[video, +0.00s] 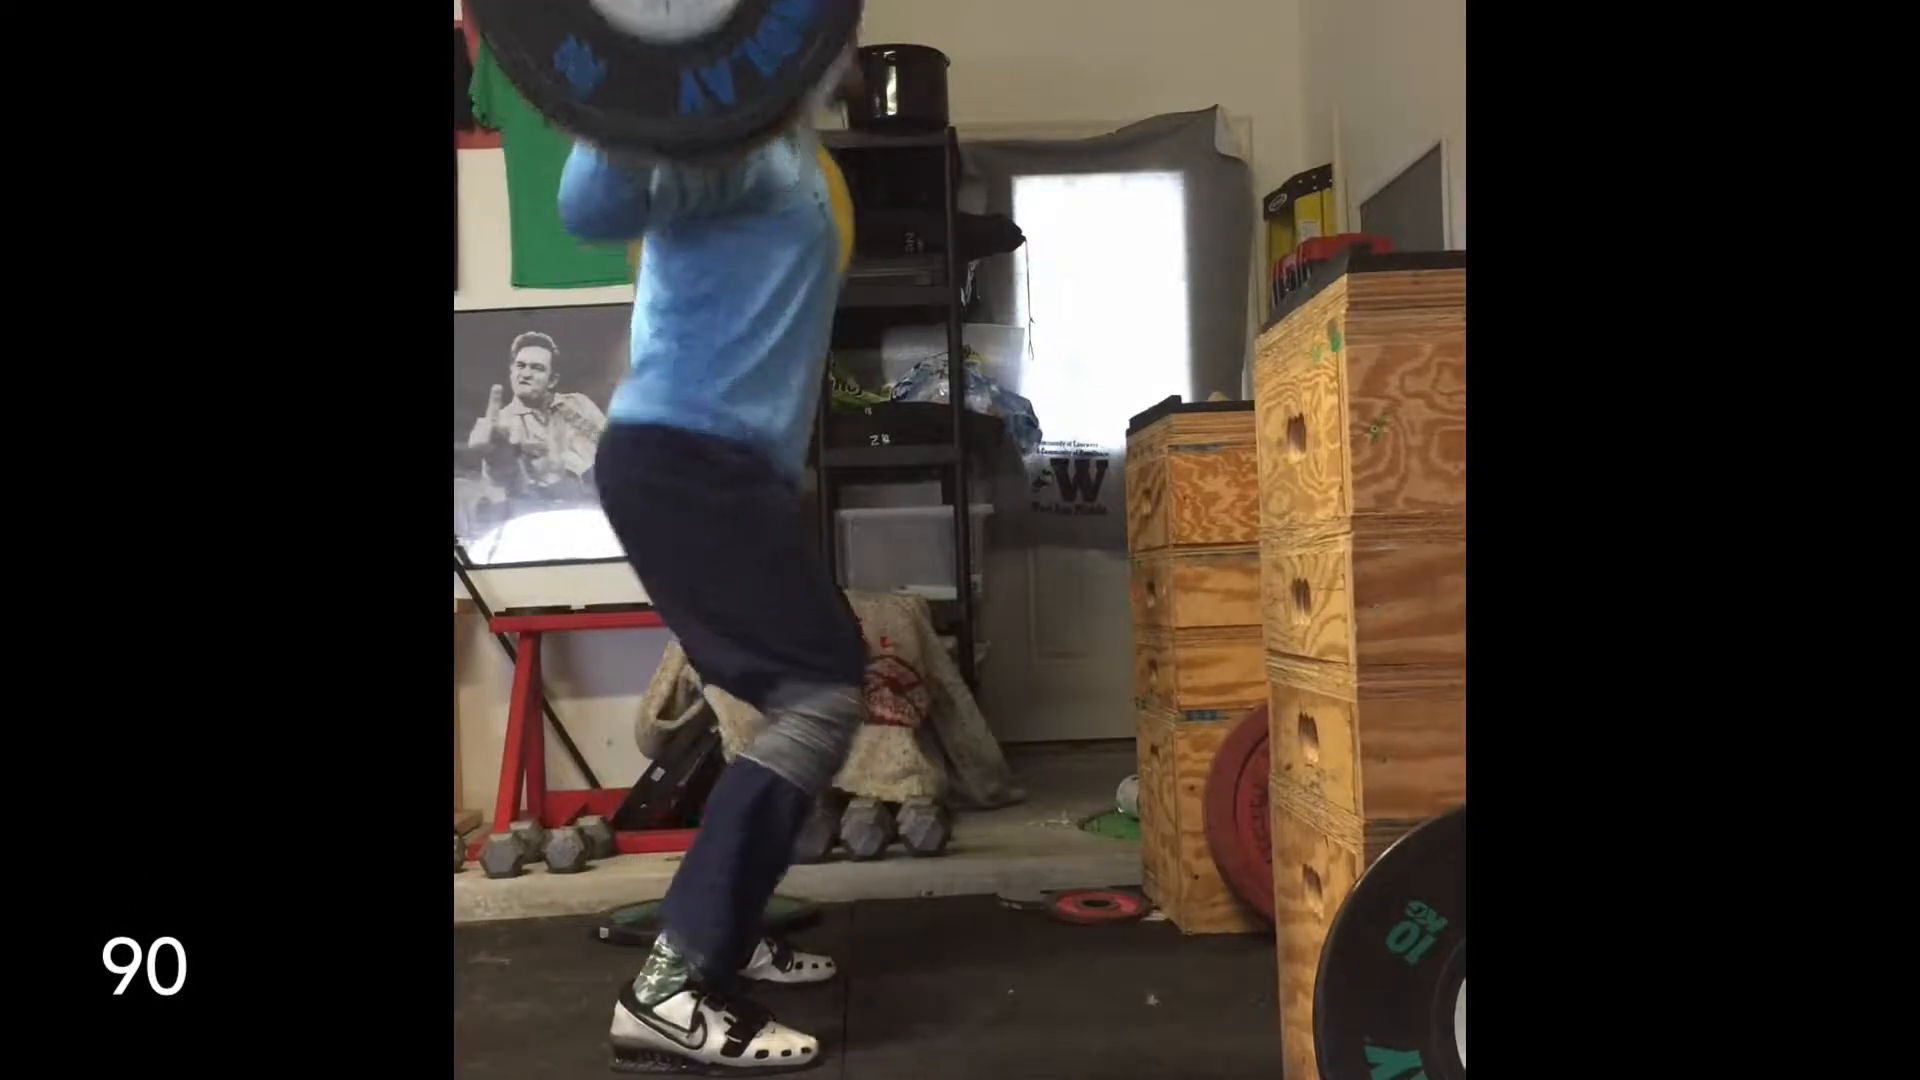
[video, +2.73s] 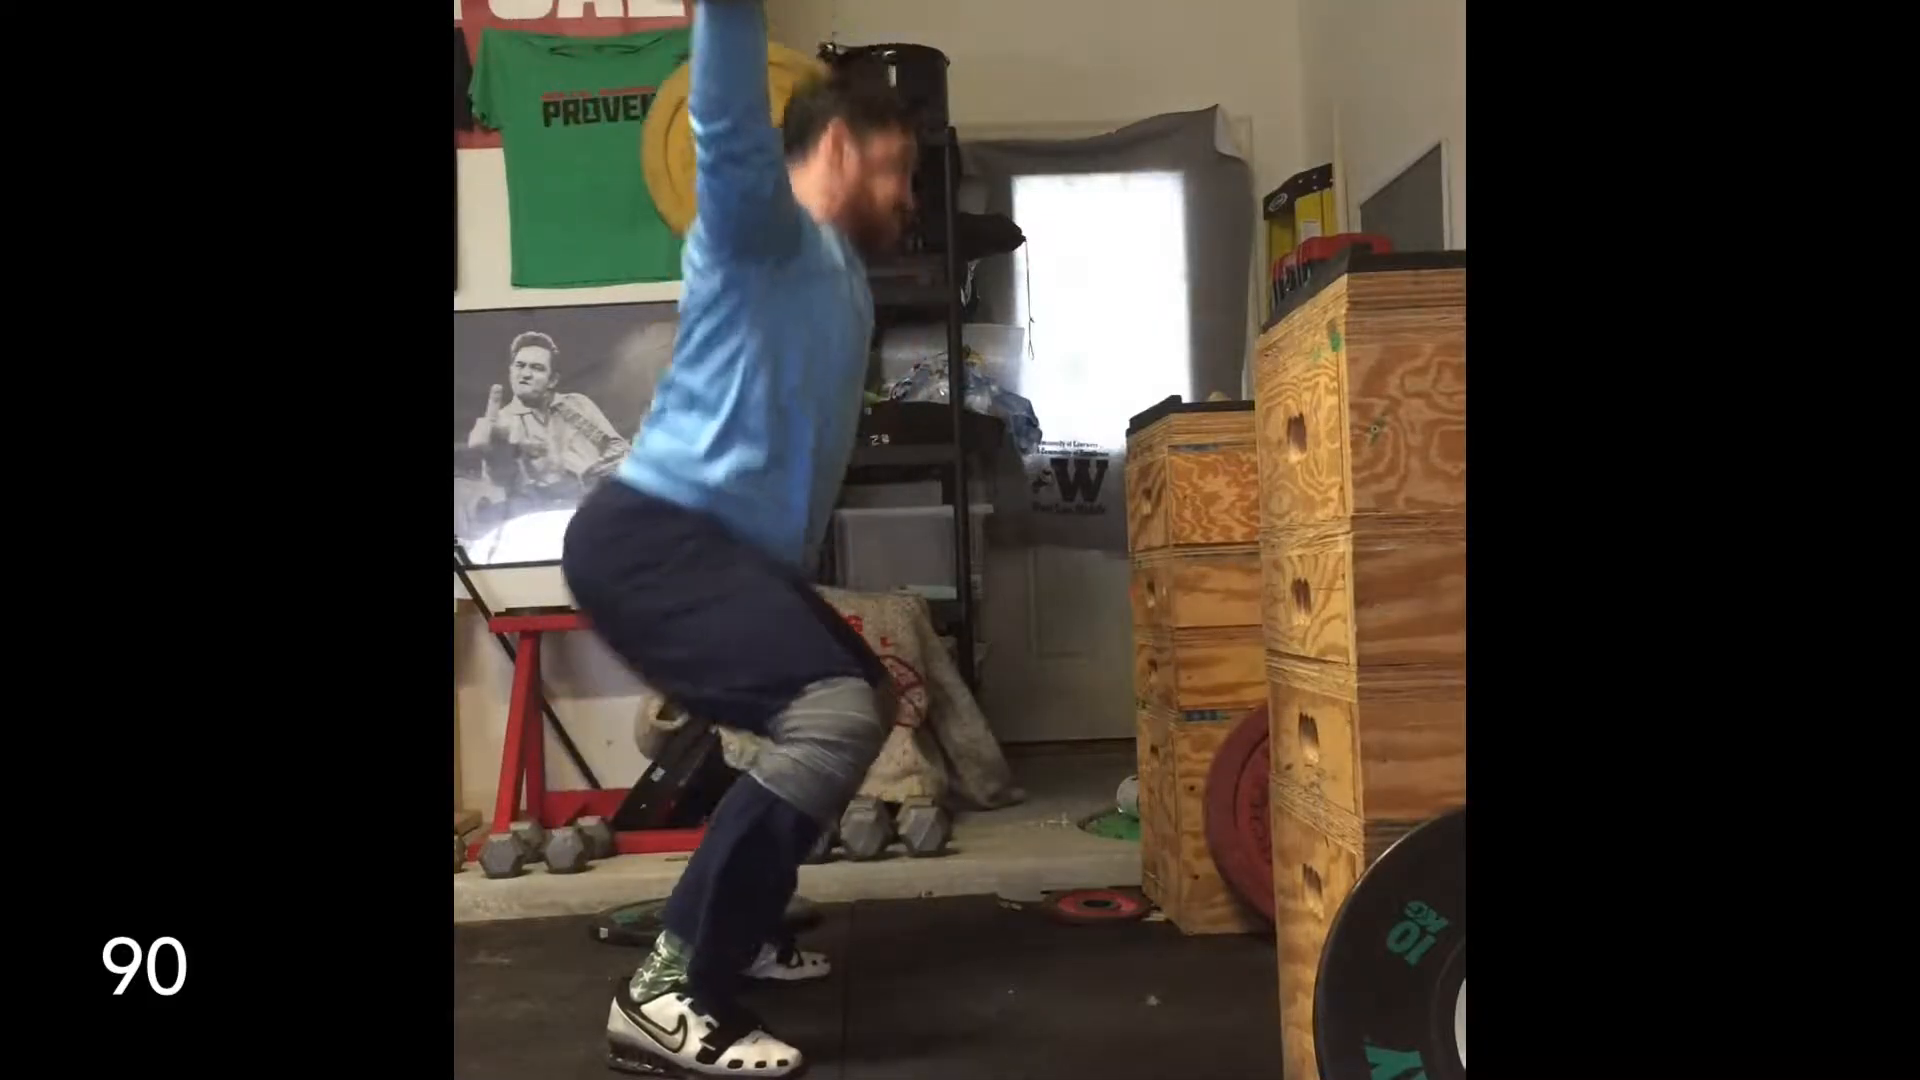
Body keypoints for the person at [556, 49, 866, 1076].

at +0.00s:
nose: (841, 65)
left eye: (839, 48)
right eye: (826, 50)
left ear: (803, 65)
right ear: (778, 60)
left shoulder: (806, 160)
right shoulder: (736, 150)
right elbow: (587, 207)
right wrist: (638, 82)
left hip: (734, 458)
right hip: (683, 456)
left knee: (815, 684)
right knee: (816, 693)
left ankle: (728, 921)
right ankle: (673, 979)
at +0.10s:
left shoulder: (791, 66)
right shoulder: (727, 55)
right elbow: (609, 131)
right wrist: (640, 21)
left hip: (762, 393)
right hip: (701, 387)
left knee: (755, 658)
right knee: (746, 659)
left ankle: (705, 920)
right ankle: (659, 980)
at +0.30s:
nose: (878, 115)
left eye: (879, 94)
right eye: (866, 90)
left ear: (814, 89)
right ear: (805, 80)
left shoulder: (805, 196)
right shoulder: (733, 163)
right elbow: (678, 29)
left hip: (686, 488)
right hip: (631, 488)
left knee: (805, 684)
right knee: (799, 704)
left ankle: (713, 922)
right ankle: (664, 988)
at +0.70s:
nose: (877, 277)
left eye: (879, 257)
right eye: (867, 253)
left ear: (821, 247)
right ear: (804, 237)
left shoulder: (811, 348)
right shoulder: (734, 309)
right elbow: (727, 173)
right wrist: (717, 40)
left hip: (697, 613)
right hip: (614, 611)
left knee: (842, 703)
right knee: (827, 730)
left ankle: (739, 915)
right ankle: (665, 987)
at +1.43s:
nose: (905, 437)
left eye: (905, 417)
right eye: (892, 414)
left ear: (839, 409)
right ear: (832, 404)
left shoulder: (838, 513)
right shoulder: (756, 475)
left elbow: (772, 655)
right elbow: (756, 343)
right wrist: (737, 174)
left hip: (697, 760)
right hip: (615, 777)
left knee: (863, 712)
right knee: (851, 756)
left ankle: (749, 935)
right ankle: (674, 989)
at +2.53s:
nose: (907, 315)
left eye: (912, 294)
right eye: (894, 289)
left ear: (855, 288)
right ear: (833, 279)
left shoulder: (846, 402)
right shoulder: (756, 349)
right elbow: (752, 215)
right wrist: (740, 67)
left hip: (710, 646)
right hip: (626, 636)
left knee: (863, 722)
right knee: (846, 733)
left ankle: (752, 922)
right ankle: (669, 986)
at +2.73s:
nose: (904, 194)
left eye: (909, 173)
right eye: (891, 166)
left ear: (868, 163)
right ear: (826, 146)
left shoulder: (842, 277)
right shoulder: (761, 232)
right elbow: (730, 116)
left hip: (735, 544)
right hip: (653, 528)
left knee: (846, 705)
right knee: (836, 713)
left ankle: (738, 919)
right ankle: (672, 989)